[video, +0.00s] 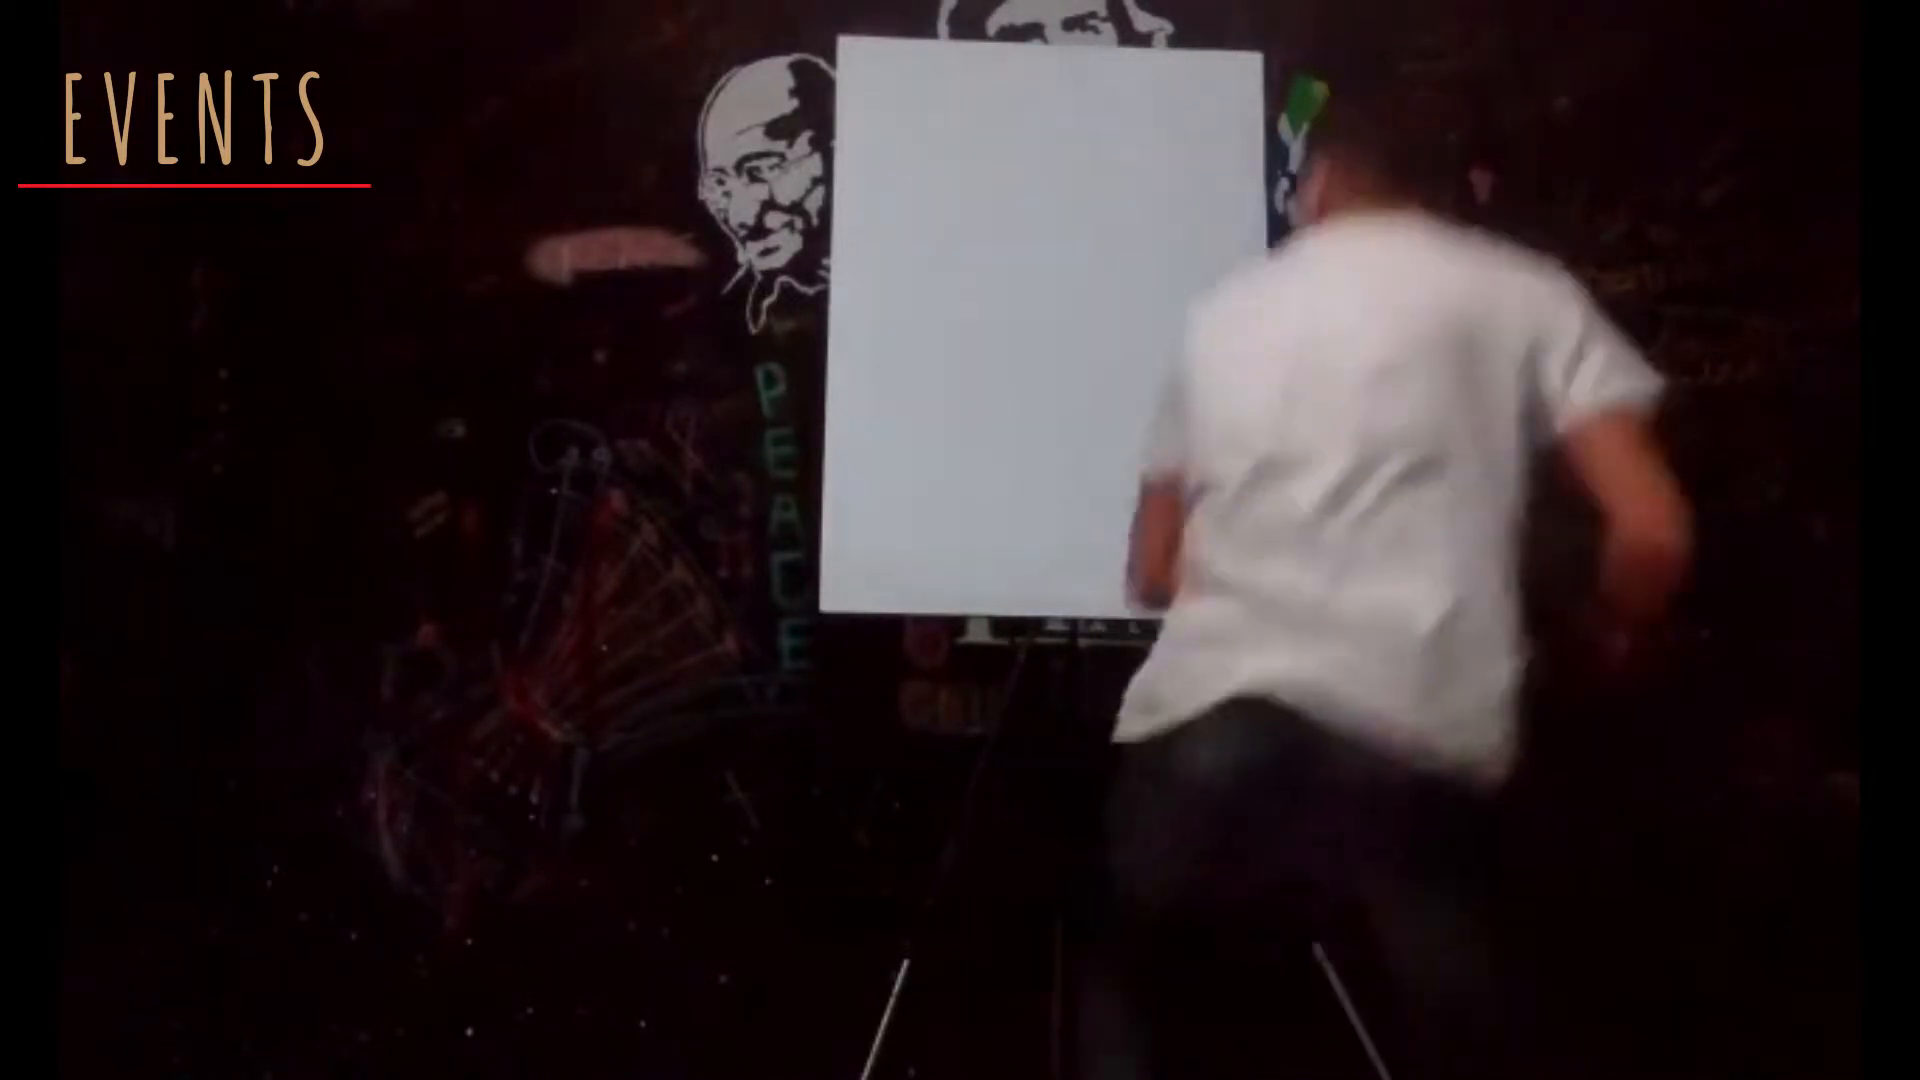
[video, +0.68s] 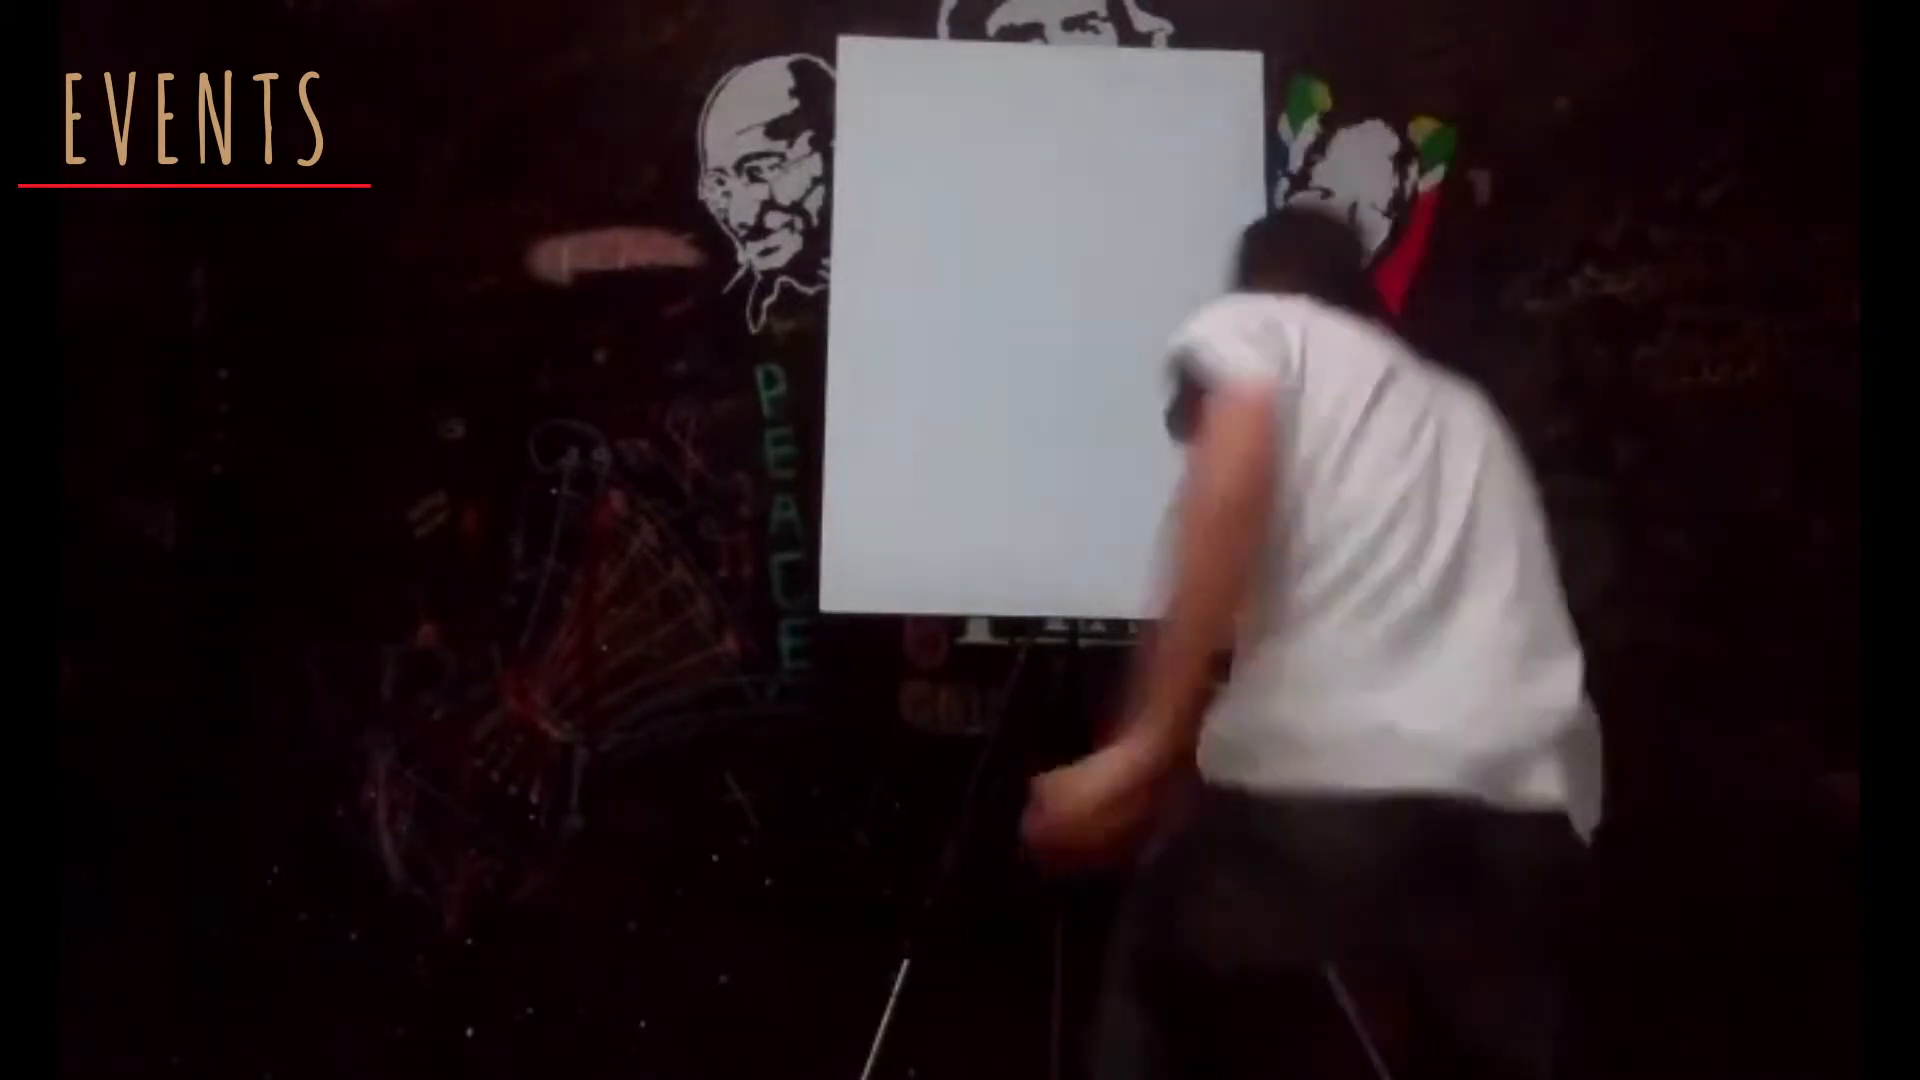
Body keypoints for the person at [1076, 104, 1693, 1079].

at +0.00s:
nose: (1299, 192)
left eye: (1305, 171)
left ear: (1326, 178)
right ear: (1455, 183)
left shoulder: (1226, 308)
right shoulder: (1524, 292)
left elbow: (1156, 565)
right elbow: (1650, 530)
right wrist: (1610, 636)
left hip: (1197, 738)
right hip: (1422, 750)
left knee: (1160, 1042)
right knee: (1454, 1050)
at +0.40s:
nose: (1333, 199)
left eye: (1334, 184)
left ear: (1357, 183)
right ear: (1485, 181)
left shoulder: (1264, 291)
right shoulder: (1553, 277)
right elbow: (1786, 541)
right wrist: (1702, 663)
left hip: (1242, 708)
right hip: (1466, 710)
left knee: (1290, 1053)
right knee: (1513, 1041)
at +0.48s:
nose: (1305, 242)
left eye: (1309, 228)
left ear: (1326, 223)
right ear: (1452, 227)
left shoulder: (1262, 293)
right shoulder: (1540, 373)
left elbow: (1203, 545)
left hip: (1253, 745)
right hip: (1482, 753)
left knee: (1226, 1053)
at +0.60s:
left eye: (1302, 235)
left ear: (1297, 237)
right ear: (1414, 251)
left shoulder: (1248, 305)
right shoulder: (1509, 381)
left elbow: (1180, 571)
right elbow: (1634, 649)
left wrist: (1153, 751)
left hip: (1268, 775)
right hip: (1498, 785)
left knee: (1202, 1052)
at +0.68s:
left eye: (1245, 291)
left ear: (1252, 282)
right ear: (1367, 290)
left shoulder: (1249, 321)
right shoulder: (1464, 406)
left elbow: (1232, 488)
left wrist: (1147, 742)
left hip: (1308, 807)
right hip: (1513, 826)